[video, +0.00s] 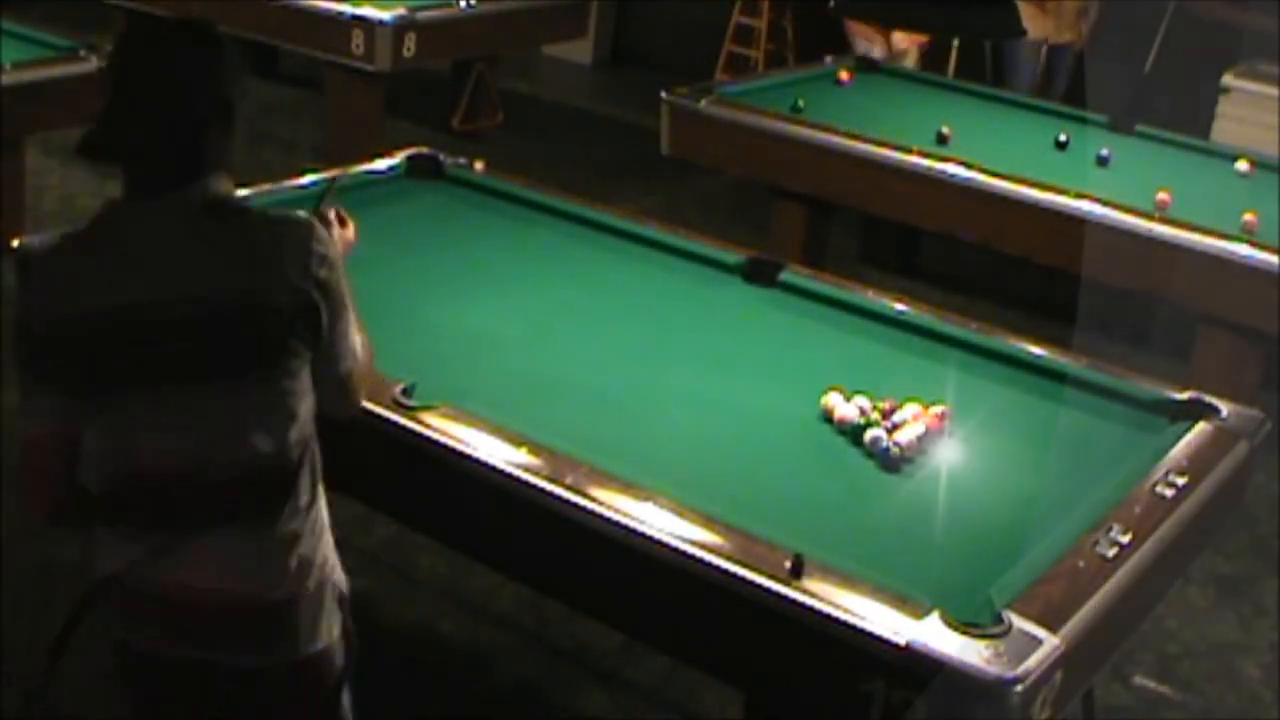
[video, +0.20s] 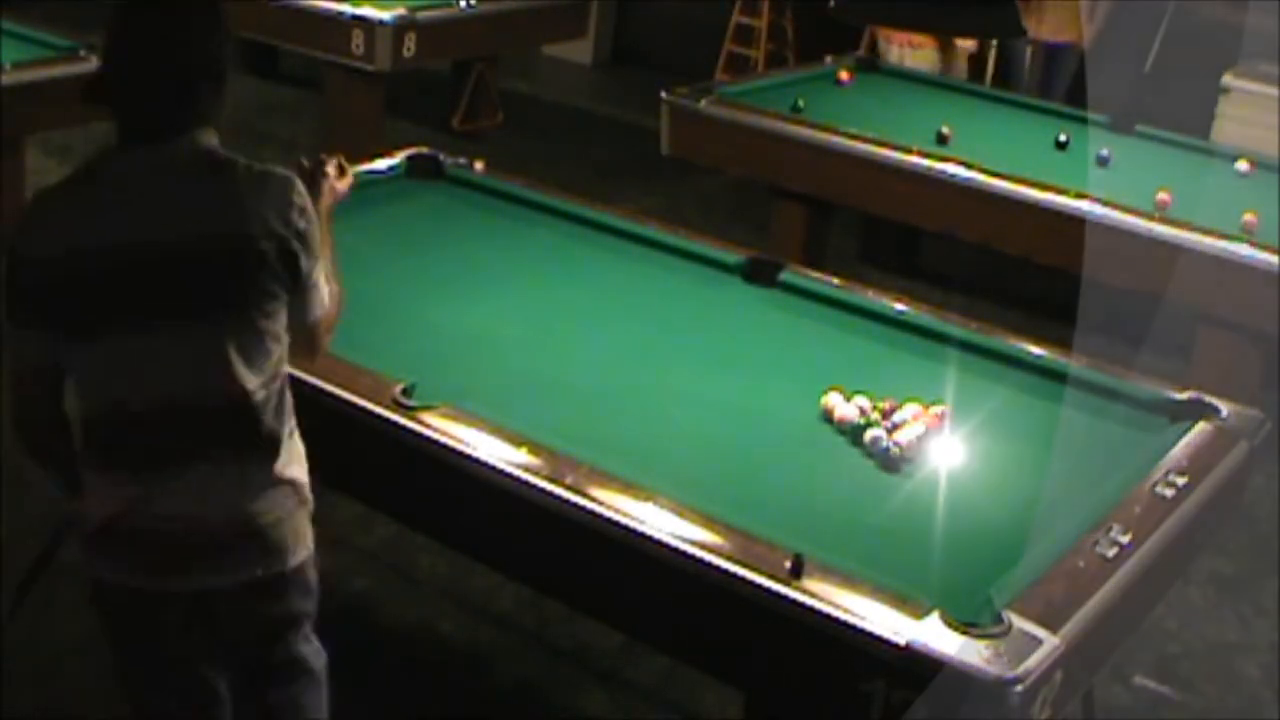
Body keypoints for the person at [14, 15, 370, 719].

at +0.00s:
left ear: (114, 128)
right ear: (227, 126)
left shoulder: (55, 274)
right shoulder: (292, 250)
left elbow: (46, 467)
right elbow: (349, 392)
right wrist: (334, 264)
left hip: (138, 618)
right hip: (283, 621)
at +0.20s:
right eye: (215, 70)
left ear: (108, 83)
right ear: (220, 84)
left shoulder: (52, 218)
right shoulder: (271, 201)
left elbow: (31, 402)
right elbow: (312, 333)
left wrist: (86, 490)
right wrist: (322, 214)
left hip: (127, 542)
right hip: (261, 537)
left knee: (163, 691)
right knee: (287, 677)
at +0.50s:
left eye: (110, 51)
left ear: (106, 60)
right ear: (203, 62)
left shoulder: (49, 174)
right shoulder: (245, 169)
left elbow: (20, 327)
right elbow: (261, 307)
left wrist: (43, 418)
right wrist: (258, 171)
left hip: (103, 472)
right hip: (218, 470)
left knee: (165, 680)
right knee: (181, 667)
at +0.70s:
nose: (94, 29)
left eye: (99, 19)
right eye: (105, 18)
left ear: (103, 29)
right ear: (181, 30)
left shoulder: (59, 128)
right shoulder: (225, 128)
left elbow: (24, 268)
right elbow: (217, 245)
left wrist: (24, 349)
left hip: (86, 415)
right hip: (186, 409)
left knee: (86, 576)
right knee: (162, 578)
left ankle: (162, 710)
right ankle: (158, 695)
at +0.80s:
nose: (83, 25)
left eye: (87, 15)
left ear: (89, 20)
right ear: (164, 22)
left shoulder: (51, 111)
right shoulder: (207, 110)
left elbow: (25, 245)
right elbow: (195, 214)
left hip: (80, 389)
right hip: (174, 379)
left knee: (58, 546)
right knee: (158, 558)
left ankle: (146, 696)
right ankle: (164, 692)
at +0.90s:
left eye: (62, 8)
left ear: (67, 9)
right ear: (144, 9)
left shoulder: (26, 105)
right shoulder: (186, 91)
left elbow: (9, 251)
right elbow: (174, 203)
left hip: (44, 381)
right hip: (150, 373)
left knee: (37, 542)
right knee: (146, 554)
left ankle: (66, 684)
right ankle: (153, 694)